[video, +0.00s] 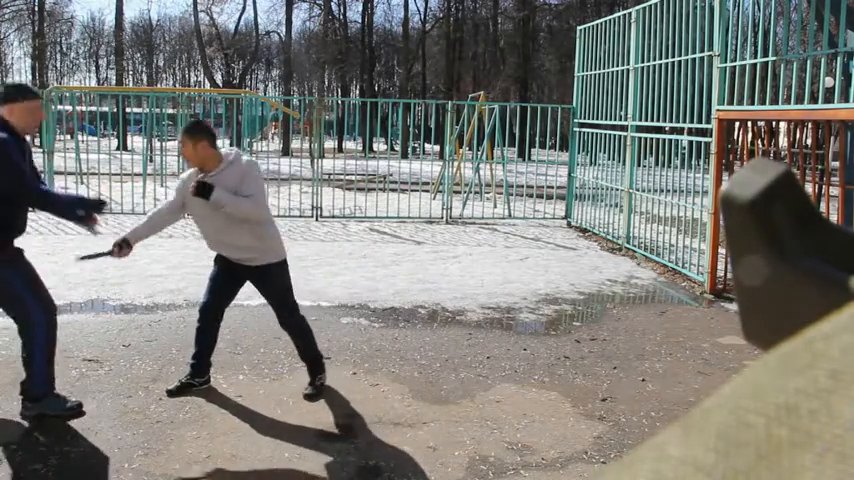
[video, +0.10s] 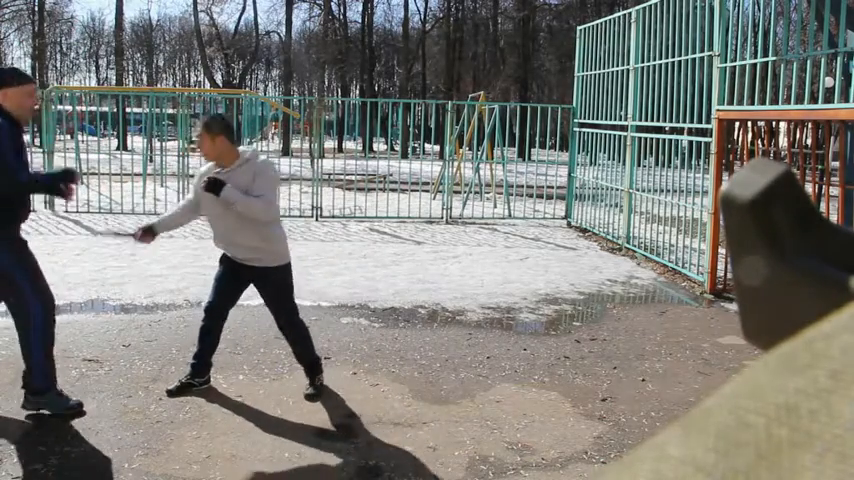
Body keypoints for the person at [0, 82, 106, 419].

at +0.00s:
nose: (41, 116)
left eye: (41, 108)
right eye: (36, 108)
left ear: (13, 109)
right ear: (12, 109)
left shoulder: (16, 143)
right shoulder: (7, 144)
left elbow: (34, 192)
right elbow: (30, 194)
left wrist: (78, 207)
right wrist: (78, 208)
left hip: (8, 250)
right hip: (4, 253)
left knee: (40, 313)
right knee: (38, 315)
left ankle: (39, 394)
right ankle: (39, 397)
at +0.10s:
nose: (35, 102)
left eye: (35, 95)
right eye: (29, 95)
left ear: (13, 97)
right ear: (8, 96)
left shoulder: (11, 129)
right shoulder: (5, 131)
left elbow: (16, 180)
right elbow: (14, 182)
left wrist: (53, 182)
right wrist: (55, 182)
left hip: (10, 238)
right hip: (5, 240)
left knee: (36, 306)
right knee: (37, 306)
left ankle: (39, 388)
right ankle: (41, 391)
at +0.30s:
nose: (27, 110)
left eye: (27, 102)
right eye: (22, 102)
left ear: (7, 103)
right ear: (4, 102)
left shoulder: (5, 136)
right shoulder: (1, 137)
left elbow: (8, 190)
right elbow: (8, 191)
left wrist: (39, 194)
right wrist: (40, 194)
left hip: (9, 242)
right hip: (7, 244)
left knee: (42, 310)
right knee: (44, 309)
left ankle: (45, 390)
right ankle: (46, 392)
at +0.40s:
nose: (25, 109)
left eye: (25, 101)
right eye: (20, 101)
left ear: (8, 102)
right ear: (2, 102)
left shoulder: (5, 137)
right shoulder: (1, 138)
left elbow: (7, 190)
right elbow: (7, 192)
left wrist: (38, 187)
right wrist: (38, 186)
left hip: (10, 244)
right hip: (7, 245)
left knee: (3, 307)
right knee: (48, 305)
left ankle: (47, 386)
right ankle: (48, 388)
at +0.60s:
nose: (25, 109)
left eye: (25, 102)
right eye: (20, 101)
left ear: (9, 104)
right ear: (1, 103)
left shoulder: (5, 139)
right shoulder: (1, 140)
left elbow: (10, 189)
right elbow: (9, 191)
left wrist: (40, 180)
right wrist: (43, 180)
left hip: (12, 245)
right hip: (9, 246)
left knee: (6, 308)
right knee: (50, 307)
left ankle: (53, 388)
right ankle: (54, 390)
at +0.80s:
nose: (30, 106)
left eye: (30, 99)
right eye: (24, 99)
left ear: (14, 101)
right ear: (5, 101)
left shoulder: (12, 136)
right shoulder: (6, 138)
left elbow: (17, 186)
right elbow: (13, 188)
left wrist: (50, 176)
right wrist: (50, 176)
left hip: (14, 239)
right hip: (9, 241)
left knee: (6, 305)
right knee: (49, 302)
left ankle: (48, 383)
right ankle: (49, 385)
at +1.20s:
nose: (65, 127)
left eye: (65, 121)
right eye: (61, 121)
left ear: (37, 122)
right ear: (41, 121)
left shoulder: (26, 147)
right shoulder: (38, 148)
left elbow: (90, 135)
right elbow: (87, 135)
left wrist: (110, 91)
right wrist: (109, 88)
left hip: (23, 255)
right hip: (35, 256)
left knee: (25, 315)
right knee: (97, 302)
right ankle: (94, 381)